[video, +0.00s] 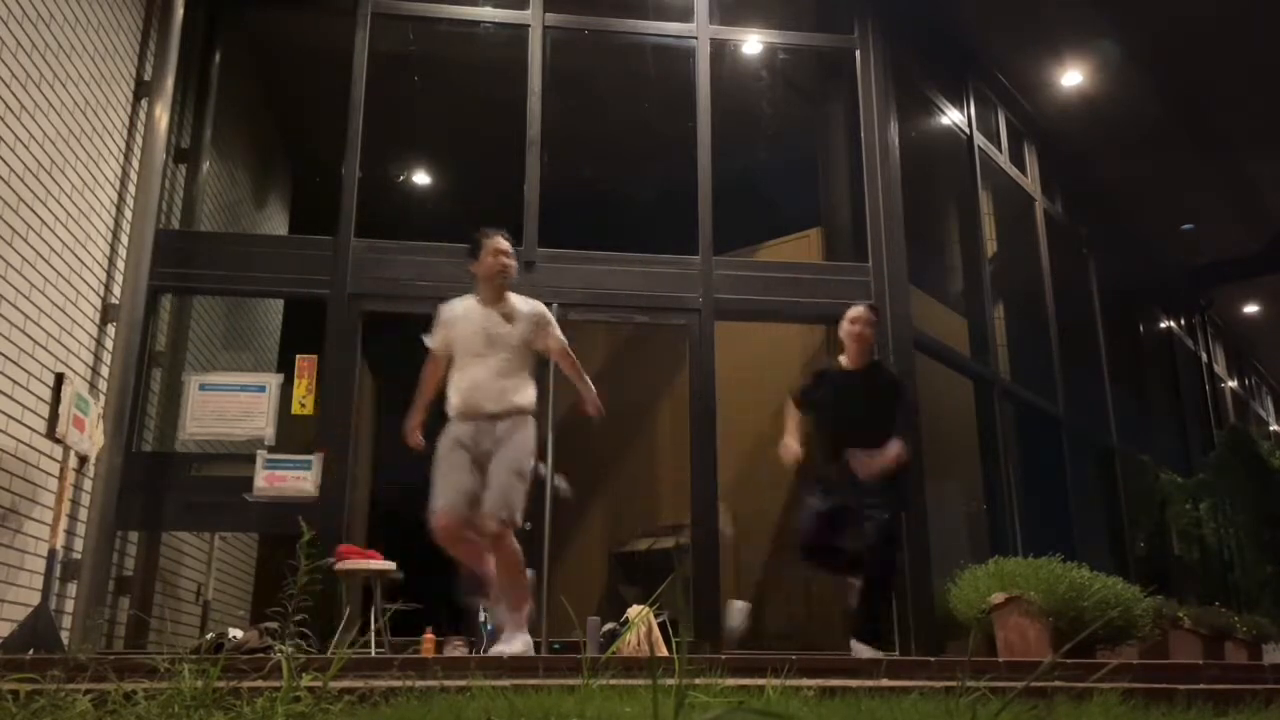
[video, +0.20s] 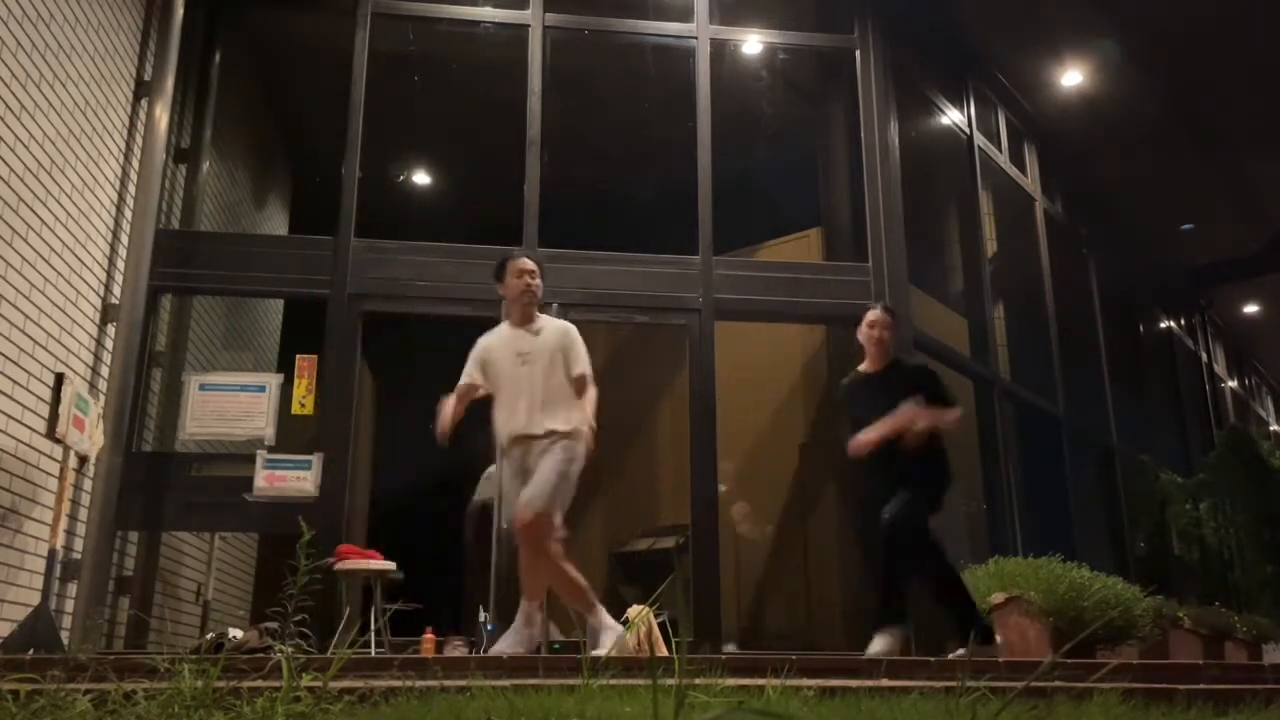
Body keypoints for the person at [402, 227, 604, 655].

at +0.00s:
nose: (505, 260)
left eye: (510, 254)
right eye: (495, 253)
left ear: (516, 266)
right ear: (475, 265)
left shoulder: (532, 313)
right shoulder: (452, 313)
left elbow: (563, 355)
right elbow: (435, 366)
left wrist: (587, 390)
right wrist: (416, 416)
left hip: (514, 425)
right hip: (462, 426)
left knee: (495, 526)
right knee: (446, 523)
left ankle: (516, 632)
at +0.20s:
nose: (531, 281)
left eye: (535, 275)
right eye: (521, 276)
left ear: (542, 286)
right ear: (502, 288)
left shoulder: (563, 331)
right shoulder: (489, 344)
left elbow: (586, 385)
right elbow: (464, 391)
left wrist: (586, 422)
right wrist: (449, 412)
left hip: (564, 439)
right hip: (514, 447)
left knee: (528, 521)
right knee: (544, 547)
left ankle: (530, 624)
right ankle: (604, 624)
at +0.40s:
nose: (535, 255)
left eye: (540, 247)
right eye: (526, 250)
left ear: (552, 254)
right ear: (514, 261)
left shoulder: (572, 289)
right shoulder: (508, 311)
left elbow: (593, 331)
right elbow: (473, 355)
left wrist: (554, 295)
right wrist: (462, 318)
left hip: (576, 408)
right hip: (535, 417)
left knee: (551, 488)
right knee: (538, 519)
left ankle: (594, 583)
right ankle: (587, 604)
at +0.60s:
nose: (524, 278)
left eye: (531, 270)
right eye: (516, 272)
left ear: (547, 273)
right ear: (509, 281)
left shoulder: (568, 304)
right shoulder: (518, 333)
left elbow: (583, 349)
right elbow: (498, 388)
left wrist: (534, 331)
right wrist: (465, 390)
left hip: (586, 425)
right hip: (548, 434)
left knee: (605, 534)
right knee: (491, 509)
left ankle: (660, 625)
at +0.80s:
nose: (492, 307)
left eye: (498, 299)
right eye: (483, 301)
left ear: (512, 305)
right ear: (472, 312)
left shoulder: (539, 345)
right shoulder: (478, 365)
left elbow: (581, 397)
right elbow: (489, 435)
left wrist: (613, 446)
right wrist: (488, 497)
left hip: (567, 459)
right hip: (520, 470)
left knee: (592, 555)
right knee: (458, 534)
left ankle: (661, 629)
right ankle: (408, 631)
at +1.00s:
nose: (451, 272)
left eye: (458, 264)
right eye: (443, 264)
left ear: (469, 269)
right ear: (428, 269)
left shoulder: (493, 311)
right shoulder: (419, 320)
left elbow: (541, 339)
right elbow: (429, 373)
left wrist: (584, 360)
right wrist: (441, 415)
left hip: (496, 433)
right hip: (446, 438)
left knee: (516, 530)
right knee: (408, 523)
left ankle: (585, 589)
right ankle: (401, 630)